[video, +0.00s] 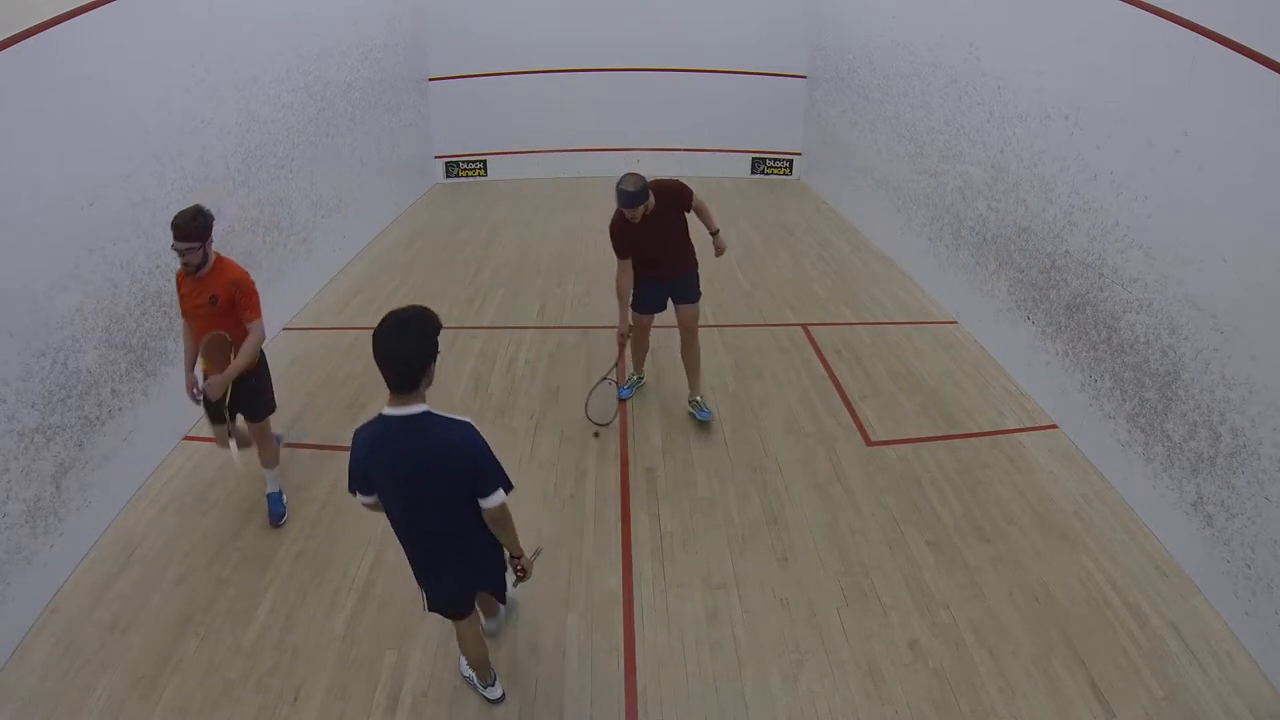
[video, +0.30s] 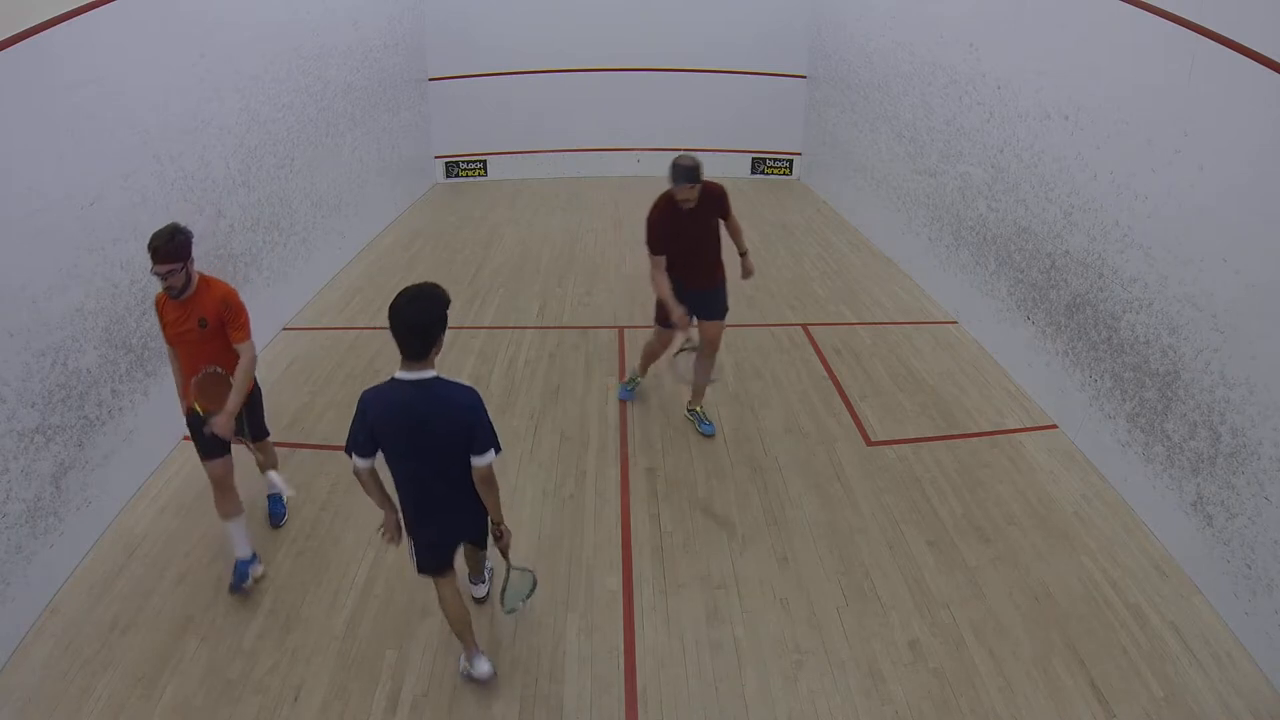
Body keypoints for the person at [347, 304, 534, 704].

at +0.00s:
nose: (438, 364)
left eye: (436, 355)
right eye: (437, 357)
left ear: (382, 367)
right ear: (430, 370)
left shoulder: (367, 438)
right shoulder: (459, 435)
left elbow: (369, 500)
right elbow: (495, 510)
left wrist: (408, 505)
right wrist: (516, 551)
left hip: (425, 554)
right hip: (474, 543)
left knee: (463, 618)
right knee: (484, 579)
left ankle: (487, 683)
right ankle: (492, 615)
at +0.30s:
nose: (446, 335)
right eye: (445, 329)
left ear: (394, 337)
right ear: (440, 343)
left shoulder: (374, 402)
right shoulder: (464, 399)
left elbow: (362, 465)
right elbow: (483, 473)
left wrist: (387, 508)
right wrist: (498, 520)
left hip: (421, 514)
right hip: (467, 504)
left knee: (445, 581)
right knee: (474, 542)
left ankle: (475, 658)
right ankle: (478, 583)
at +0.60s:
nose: (442, 306)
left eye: (438, 298)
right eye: (441, 300)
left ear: (395, 308)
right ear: (436, 311)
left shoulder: (378, 363)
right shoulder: (457, 364)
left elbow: (385, 433)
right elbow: (482, 424)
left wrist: (437, 446)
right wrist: (494, 451)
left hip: (414, 472)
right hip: (460, 470)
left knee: (426, 516)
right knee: (466, 525)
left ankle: (447, 574)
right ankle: (477, 581)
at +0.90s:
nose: (423, 293)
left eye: (422, 285)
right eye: (422, 286)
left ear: (381, 294)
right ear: (414, 295)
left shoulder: (370, 349)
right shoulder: (439, 343)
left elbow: (378, 415)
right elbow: (469, 400)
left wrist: (389, 466)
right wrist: (477, 422)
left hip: (408, 447)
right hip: (448, 441)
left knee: (420, 492)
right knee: (460, 512)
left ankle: (426, 525)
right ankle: (477, 578)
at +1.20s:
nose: (407, 271)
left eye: (405, 264)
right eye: (404, 265)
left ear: (364, 274)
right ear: (392, 274)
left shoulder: (351, 321)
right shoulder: (412, 320)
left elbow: (352, 366)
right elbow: (439, 374)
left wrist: (382, 374)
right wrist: (455, 399)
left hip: (387, 420)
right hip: (425, 414)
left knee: (409, 470)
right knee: (453, 475)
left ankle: (425, 522)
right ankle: (469, 547)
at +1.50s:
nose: (402, 256)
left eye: (400, 249)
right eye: (398, 251)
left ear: (363, 261)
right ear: (385, 261)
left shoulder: (348, 303)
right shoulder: (401, 308)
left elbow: (350, 353)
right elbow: (425, 367)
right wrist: (443, 405)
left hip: (380, 405)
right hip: (414, 399)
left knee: (406, 462)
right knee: (435, 448)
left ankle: (425, 521)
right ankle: (448, 499)